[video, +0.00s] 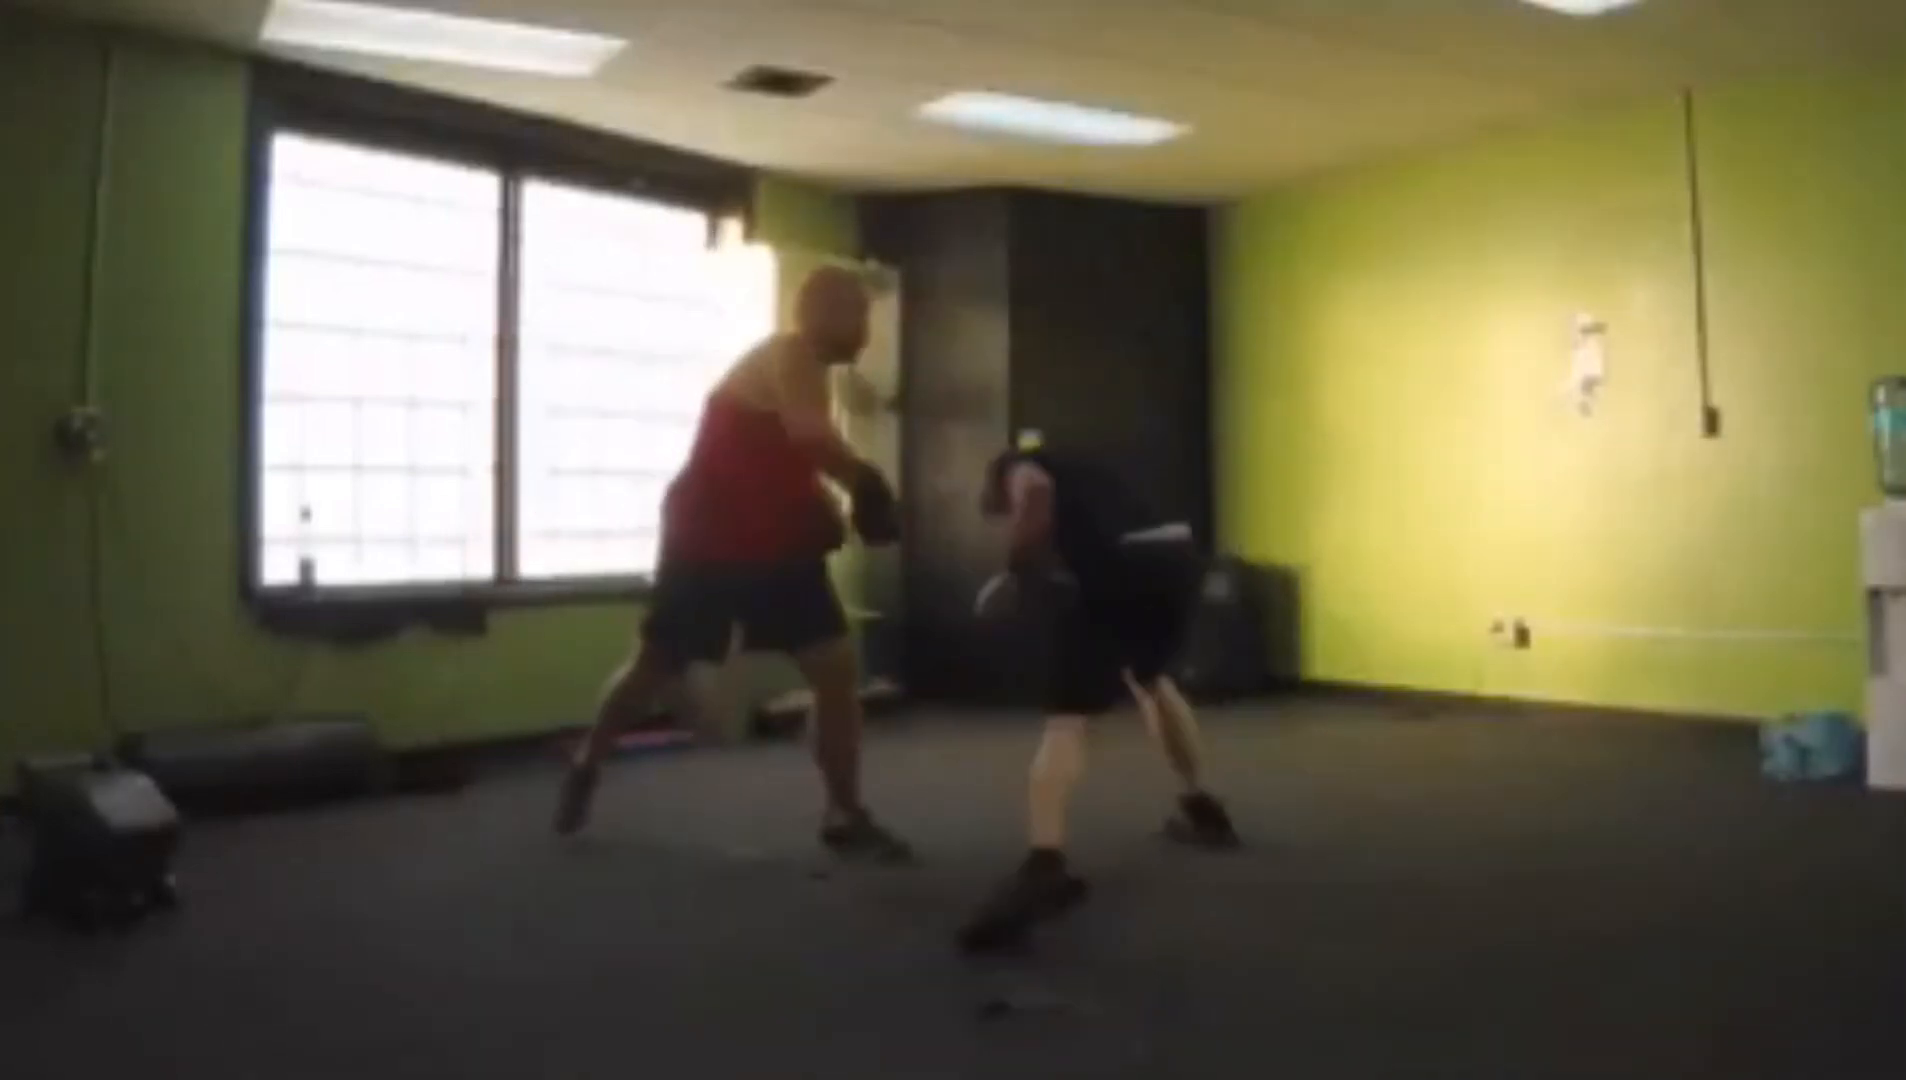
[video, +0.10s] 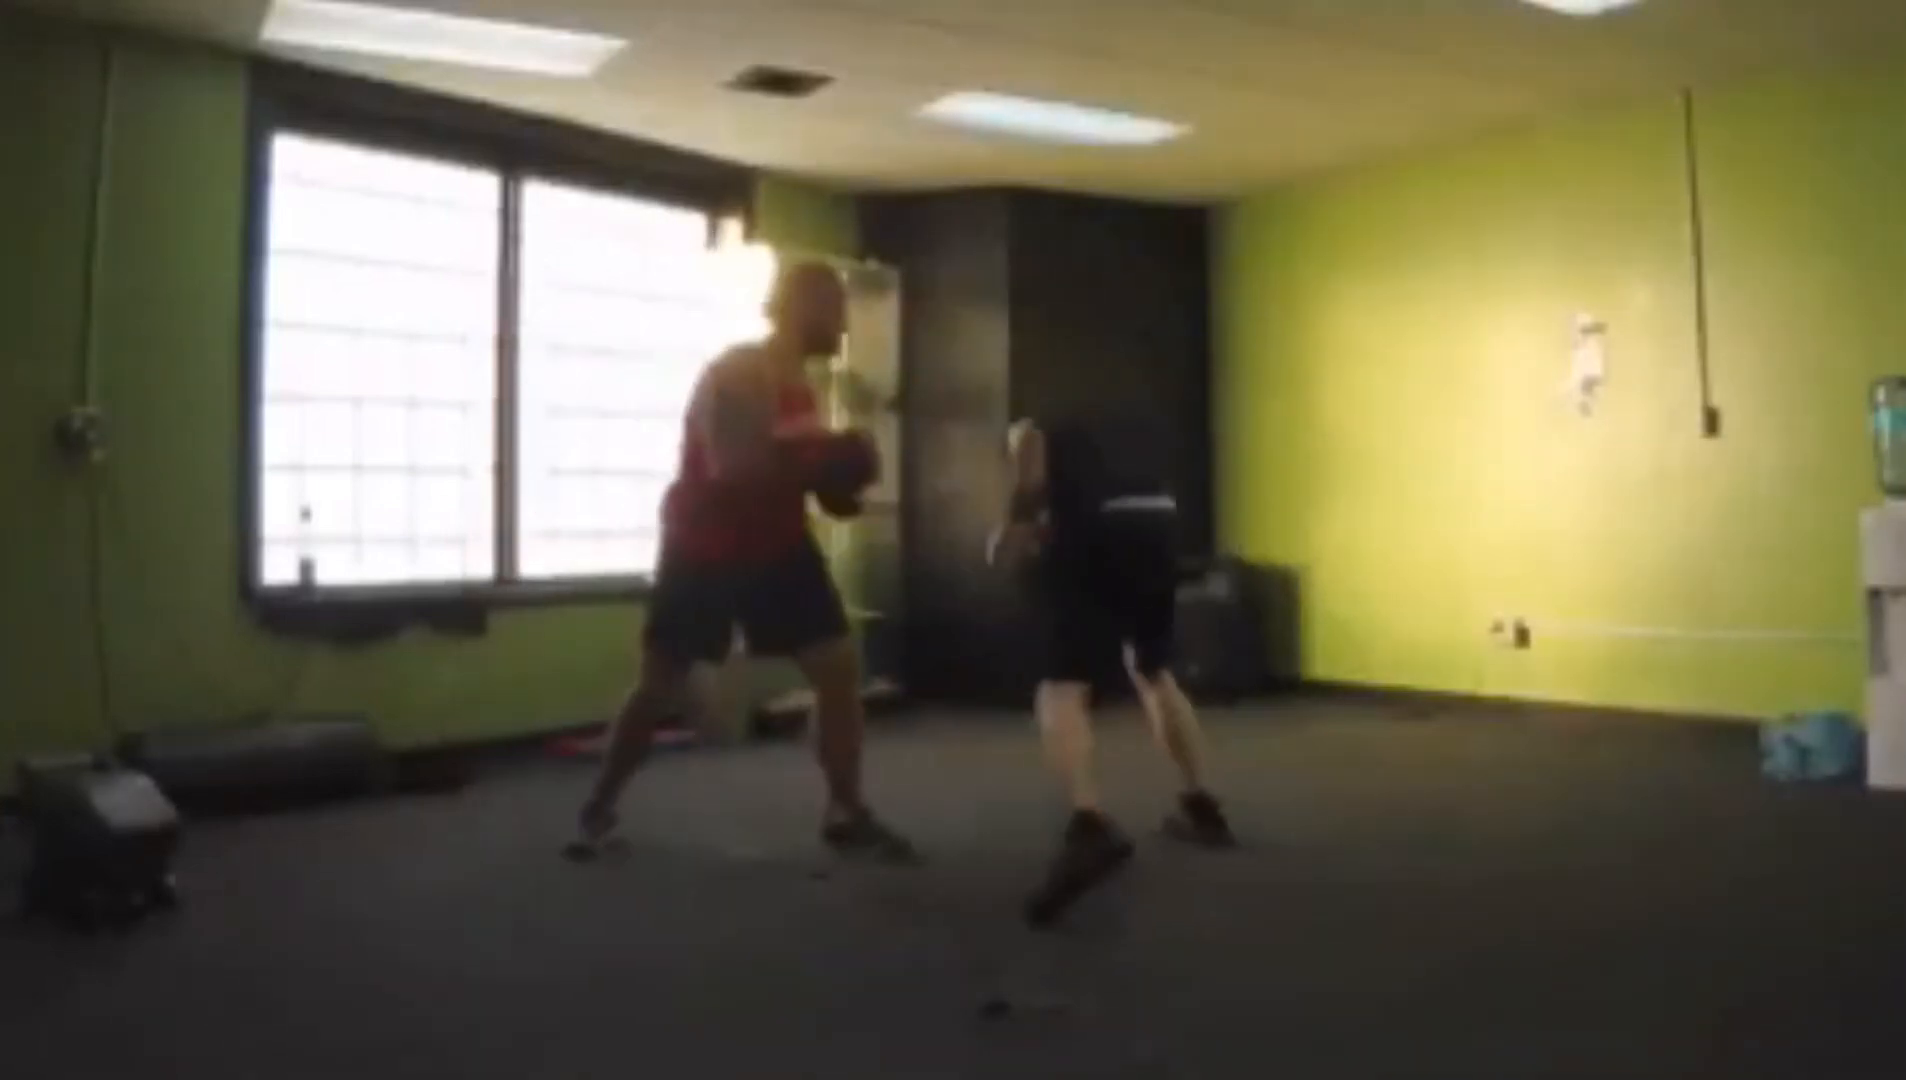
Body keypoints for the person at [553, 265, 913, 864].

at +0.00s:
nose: (866, 333)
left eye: (867, 318)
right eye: (859, 318)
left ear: (821, 317)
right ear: (829, 316)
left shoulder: (803, 368)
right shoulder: (790, 358)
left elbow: (786, 461)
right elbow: (809, 439)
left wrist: (821, 511)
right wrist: (865, 482)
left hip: (781, 540)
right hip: (712, 538)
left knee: (835, 671)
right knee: (655, 669)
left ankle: (844, 812)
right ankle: (585, 767)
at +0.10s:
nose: (841, 324)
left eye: (842, 309)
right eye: (832, 308)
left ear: (818, 311)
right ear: (797, 309)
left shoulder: (798, 388)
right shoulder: (736, 374)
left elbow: (794, 463)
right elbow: (729, 466)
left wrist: (836, 481)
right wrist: (825, 456)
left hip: (779, 545)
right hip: (704, 551)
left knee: (836, 672)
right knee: (659, 688)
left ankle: (846, 811)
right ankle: (599, 810)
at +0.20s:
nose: (807, 329)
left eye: (808, 316)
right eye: (796, 315)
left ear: (800, 323)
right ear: (766, 318)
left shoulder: (796, 395)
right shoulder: (711, 380)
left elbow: (846, 432)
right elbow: (704, 471)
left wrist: (862, 432)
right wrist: (787, 437)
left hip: (765, 542)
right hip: (688, 547)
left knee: (835, 647)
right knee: (655, 689)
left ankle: (852, 798)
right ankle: (601, 812)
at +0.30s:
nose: (796, 328)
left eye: (801, 315)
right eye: (783, 315)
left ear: (808, 319)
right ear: (755, 316)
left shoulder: (799, 380)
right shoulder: (708, 375)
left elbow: (860, 395)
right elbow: (684, 464)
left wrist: (922, 376)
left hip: (766, 535)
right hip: (690, 542)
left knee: (843, 636)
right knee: (655, 682)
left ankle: (854, 772)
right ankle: (601, 809)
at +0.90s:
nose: (803, 303)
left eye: (804, 291)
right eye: (795, 290)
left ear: (797, 297)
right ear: (774, 292)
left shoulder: (798, 362)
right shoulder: (734, 358)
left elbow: (803, 425)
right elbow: (771, 442)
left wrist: (849, 375)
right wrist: (826, 391)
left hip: (786, 536)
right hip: (726, 540)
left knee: (839, 639)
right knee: (721, 662)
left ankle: (823, 773)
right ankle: (647, 807)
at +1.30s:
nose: (833, 340)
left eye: (833, 328)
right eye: (824, 328)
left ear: (816, 334)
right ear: (800, 333)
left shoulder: (814, 393)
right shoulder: (781, 390)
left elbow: (862, 449)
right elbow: (853, 451)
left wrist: (872, 378)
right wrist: (873, 391)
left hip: (806, 561)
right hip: (758, 563)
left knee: (846, 657)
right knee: (740, 695)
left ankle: (869, 765)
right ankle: (684, 829)